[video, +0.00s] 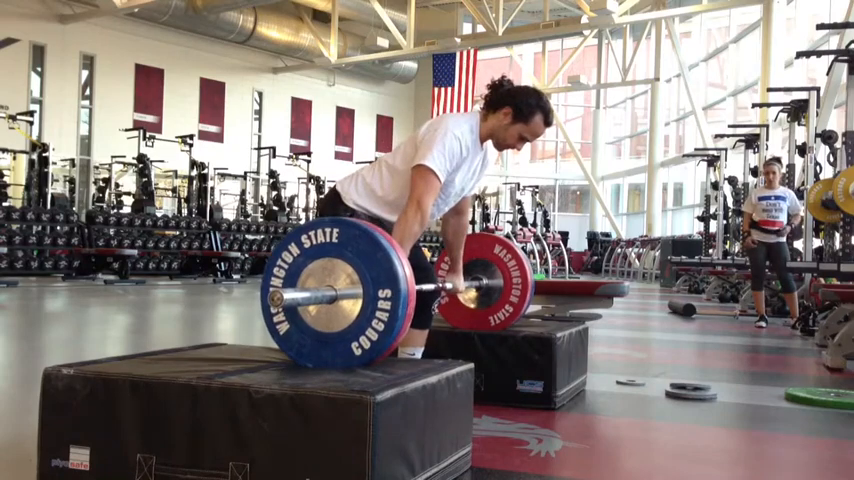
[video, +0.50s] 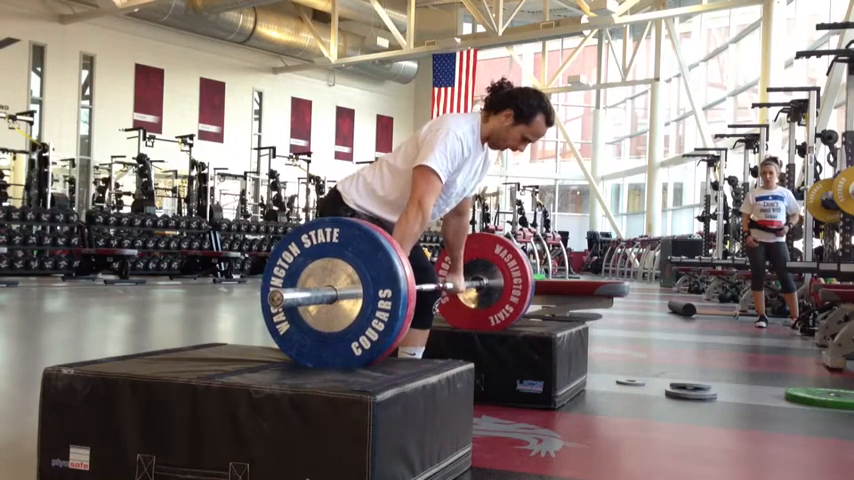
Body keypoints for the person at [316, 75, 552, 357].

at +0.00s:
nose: (520, 147)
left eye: (527, 142)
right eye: (522, 137)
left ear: (507, 116)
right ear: (505, 115)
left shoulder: (481, 153)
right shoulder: (450, 132)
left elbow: (457, 215)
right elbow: (417, 207)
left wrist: (456, 272)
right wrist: (388, 270)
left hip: (389, 223)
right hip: (350, 210)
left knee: (425, 289)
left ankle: (406, 384)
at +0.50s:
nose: (521, 148)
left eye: (529, 143)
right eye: (524, 138)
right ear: (507, 116)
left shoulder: (483, 153)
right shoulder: (453, 132)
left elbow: (457, 215)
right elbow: (419, 207)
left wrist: (457, 271)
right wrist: (388, 270)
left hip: (389, 223)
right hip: (350, 210)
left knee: (424, 287)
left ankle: (406, 382)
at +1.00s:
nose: (478, 112)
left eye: (483, 105)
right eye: (477, 101)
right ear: (452, 88)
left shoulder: (448, 140)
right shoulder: (413, 120)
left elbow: (443, 209)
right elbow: (399, 201)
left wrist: (457, 266)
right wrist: (388, 270)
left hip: (386, 233)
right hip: (346, 226)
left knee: (432, 289)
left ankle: (407, 385)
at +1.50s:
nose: (468, 70)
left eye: (468, 64)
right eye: (460, 63)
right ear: (434, 72)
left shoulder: (447, 135)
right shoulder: (413, 119)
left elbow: (442, 205)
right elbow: (398, 199)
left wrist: (455, 262)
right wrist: (389, 269)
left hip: (385, 229)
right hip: (348, 224)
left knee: (430, 290)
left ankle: (408, 383)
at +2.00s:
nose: (473, 64)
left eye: (471, 58)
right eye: (464, 59)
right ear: (440, 72)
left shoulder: (452, 131)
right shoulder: (424, 117)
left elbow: (446, 204)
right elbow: (404, 198)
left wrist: (455, 263)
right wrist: (391, 265)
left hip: (381, 225)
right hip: (345, 217)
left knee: (429, 287)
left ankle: (408, 384)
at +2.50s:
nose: (468, 51)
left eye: (464, 45)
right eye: (458, 46)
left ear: (443, 63)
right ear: (436, 62)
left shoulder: (454, 120)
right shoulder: (424, 106)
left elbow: (447, 194)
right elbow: (407, 190)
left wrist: (456, 255)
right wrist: (396, 259)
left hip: (389, 219)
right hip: (353, 214)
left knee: (433, 285)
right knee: (391, 295)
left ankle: (409, 383)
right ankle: (371, 386)